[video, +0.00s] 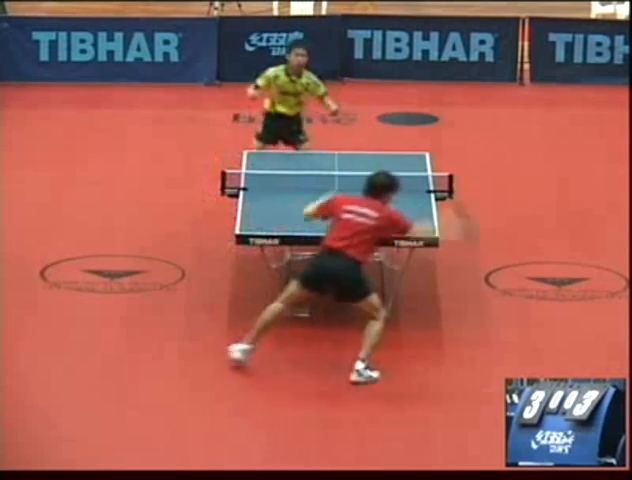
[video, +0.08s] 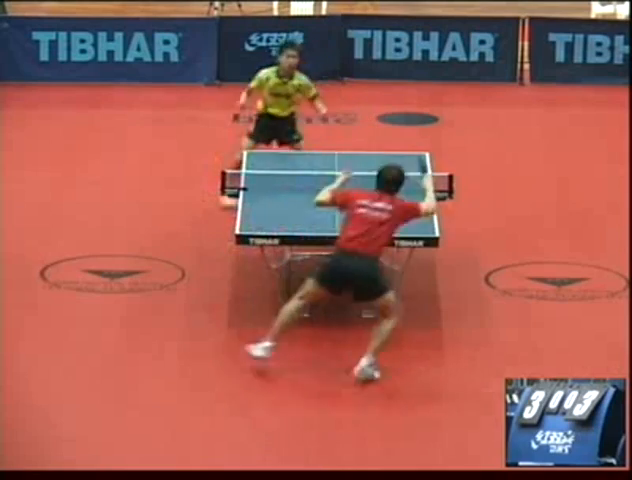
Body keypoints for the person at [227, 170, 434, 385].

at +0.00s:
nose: (392, 199)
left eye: (391, 194)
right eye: (391, 194)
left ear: (368, 189)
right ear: (386, 194)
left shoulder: (343, 202)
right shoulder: (387, 216)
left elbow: (310, 213)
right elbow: (410, 230)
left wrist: (329, 207)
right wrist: (382, 231)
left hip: (321, 261)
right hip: (349, 267)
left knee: (282, 302)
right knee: (377, 315)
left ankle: (246, 345)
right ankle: (361, 366)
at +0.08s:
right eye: (397, 184)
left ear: (378, 181)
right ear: (398, 188)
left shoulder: (357, 198)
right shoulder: (399, 208)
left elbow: (321, 200)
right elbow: (430, 208)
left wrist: (338, 182)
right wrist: (429, 186)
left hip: (340, 258)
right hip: (368, 263)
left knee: (300, 300)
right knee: (391, 315)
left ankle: (268, 343)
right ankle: (367, 362)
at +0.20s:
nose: (400, 180)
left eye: (393, 174)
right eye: (402, 176)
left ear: (383, 178)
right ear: (405, 181)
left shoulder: (368, 199)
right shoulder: (413, 204)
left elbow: (338, 220)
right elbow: (446, 214)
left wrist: (333, 215)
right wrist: (458, 196)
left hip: (363, 262)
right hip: (393, 265)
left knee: (323, 302)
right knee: (419, 306)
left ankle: (302, 349)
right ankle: (423, 353)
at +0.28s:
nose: (401, 188)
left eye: (394, 184)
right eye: (403, 184)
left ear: (386, 187)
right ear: (409, 188)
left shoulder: (374, 215)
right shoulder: (420, 213)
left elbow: (364, 247)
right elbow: (453, 230)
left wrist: (348, 246)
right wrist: (461, 210)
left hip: (379, 275)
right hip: (410, 276)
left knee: (337, 310)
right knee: (437, 317)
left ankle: (327, 359)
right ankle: (469, 361)